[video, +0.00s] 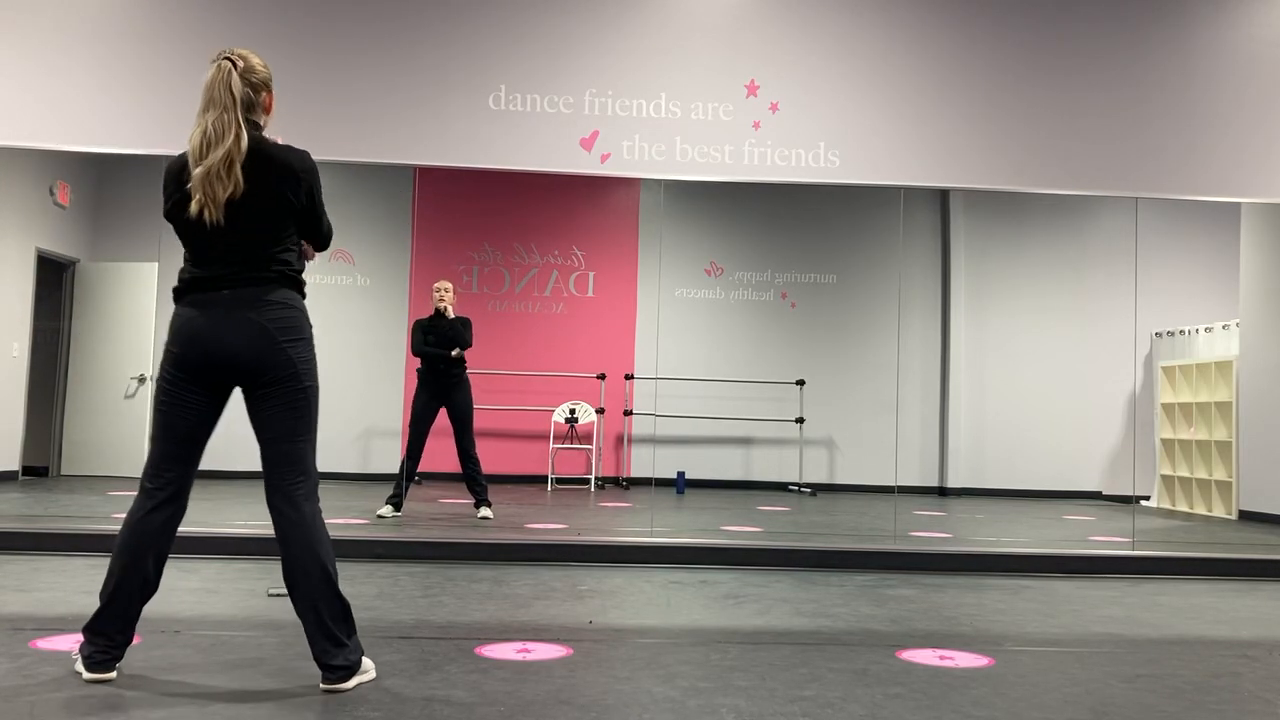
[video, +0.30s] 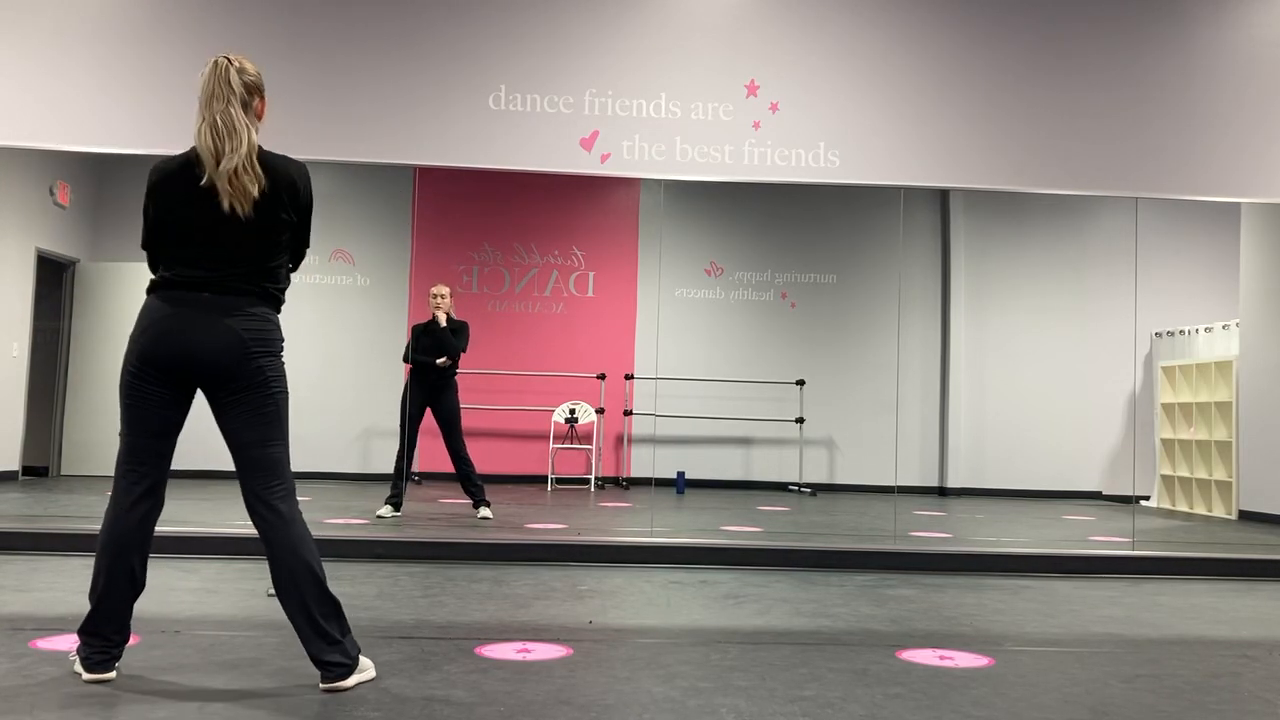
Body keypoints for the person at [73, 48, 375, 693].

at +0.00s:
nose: (277, 104)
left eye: (274, 94)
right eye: (274, 95)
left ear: (211, 98)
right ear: (262, 101)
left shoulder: (180, 170)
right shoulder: (291, 164)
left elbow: (199, 237)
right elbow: (319, 236)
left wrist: (289, 240)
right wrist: (267, 231)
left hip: (195, 324)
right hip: (275, 323)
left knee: (160, 488)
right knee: (294, 491)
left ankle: (101, 648)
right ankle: (338, 657)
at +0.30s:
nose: (268, 112)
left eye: (264, 102)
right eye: (266, 103)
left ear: (203, 105)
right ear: (256, 107)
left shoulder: (167, 173)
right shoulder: (290, 177)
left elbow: (155, 251)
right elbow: (293, 255)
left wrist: (210, 268)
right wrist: (234, 274)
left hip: (163, 328)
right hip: (248, 332)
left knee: (135, 487)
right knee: (274, 499)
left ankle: (98, 650)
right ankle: (336, 659)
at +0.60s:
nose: (275, 109)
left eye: (272, 98)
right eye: (272, 100)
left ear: (210, 100)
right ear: (260, 104)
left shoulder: (175, 168)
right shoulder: (284, 164)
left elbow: (177, 237)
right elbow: (318, 239)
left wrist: (243, 221)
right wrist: (277, 200)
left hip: (192, 328)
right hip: (271, 327)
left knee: (159, 489)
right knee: (292, 494)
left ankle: (100, 649)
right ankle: (338, 659)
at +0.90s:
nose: (279, 114)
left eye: (276, 104)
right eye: (276, 104)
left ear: (212, 106)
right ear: (263, 107)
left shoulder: (178, 176)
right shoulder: (288, 170)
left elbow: (183, 245)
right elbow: (320, 245)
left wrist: (268, 240)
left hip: (211, 334)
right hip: (288, 328)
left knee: (177, 489)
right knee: (304, 492)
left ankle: (102, 648)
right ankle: (339, 658)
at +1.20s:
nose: (275, 104)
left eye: (271, 94)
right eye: (273, 95)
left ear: (210, 100)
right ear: (263, 102)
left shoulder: (174, 166)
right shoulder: (294, 171)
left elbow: (161, 240)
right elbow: (301, 246)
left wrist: (219, 249)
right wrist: (240, 255)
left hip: (174, 327)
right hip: (257, 330)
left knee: (145, 488)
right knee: (282, 498)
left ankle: (100, 650)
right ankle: (338, 658)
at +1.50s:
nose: (276, 109)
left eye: (271, 99)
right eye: (273, 100)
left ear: (211, 101)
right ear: (263, 105)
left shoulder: (178, 167)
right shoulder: (289, 164)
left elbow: (170, 235)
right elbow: (315, 235)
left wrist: (249, 228)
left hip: (177, 326)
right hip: (259, 327)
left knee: (148, 489)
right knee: (286, 497)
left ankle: (100, 650)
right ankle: (338, 659)